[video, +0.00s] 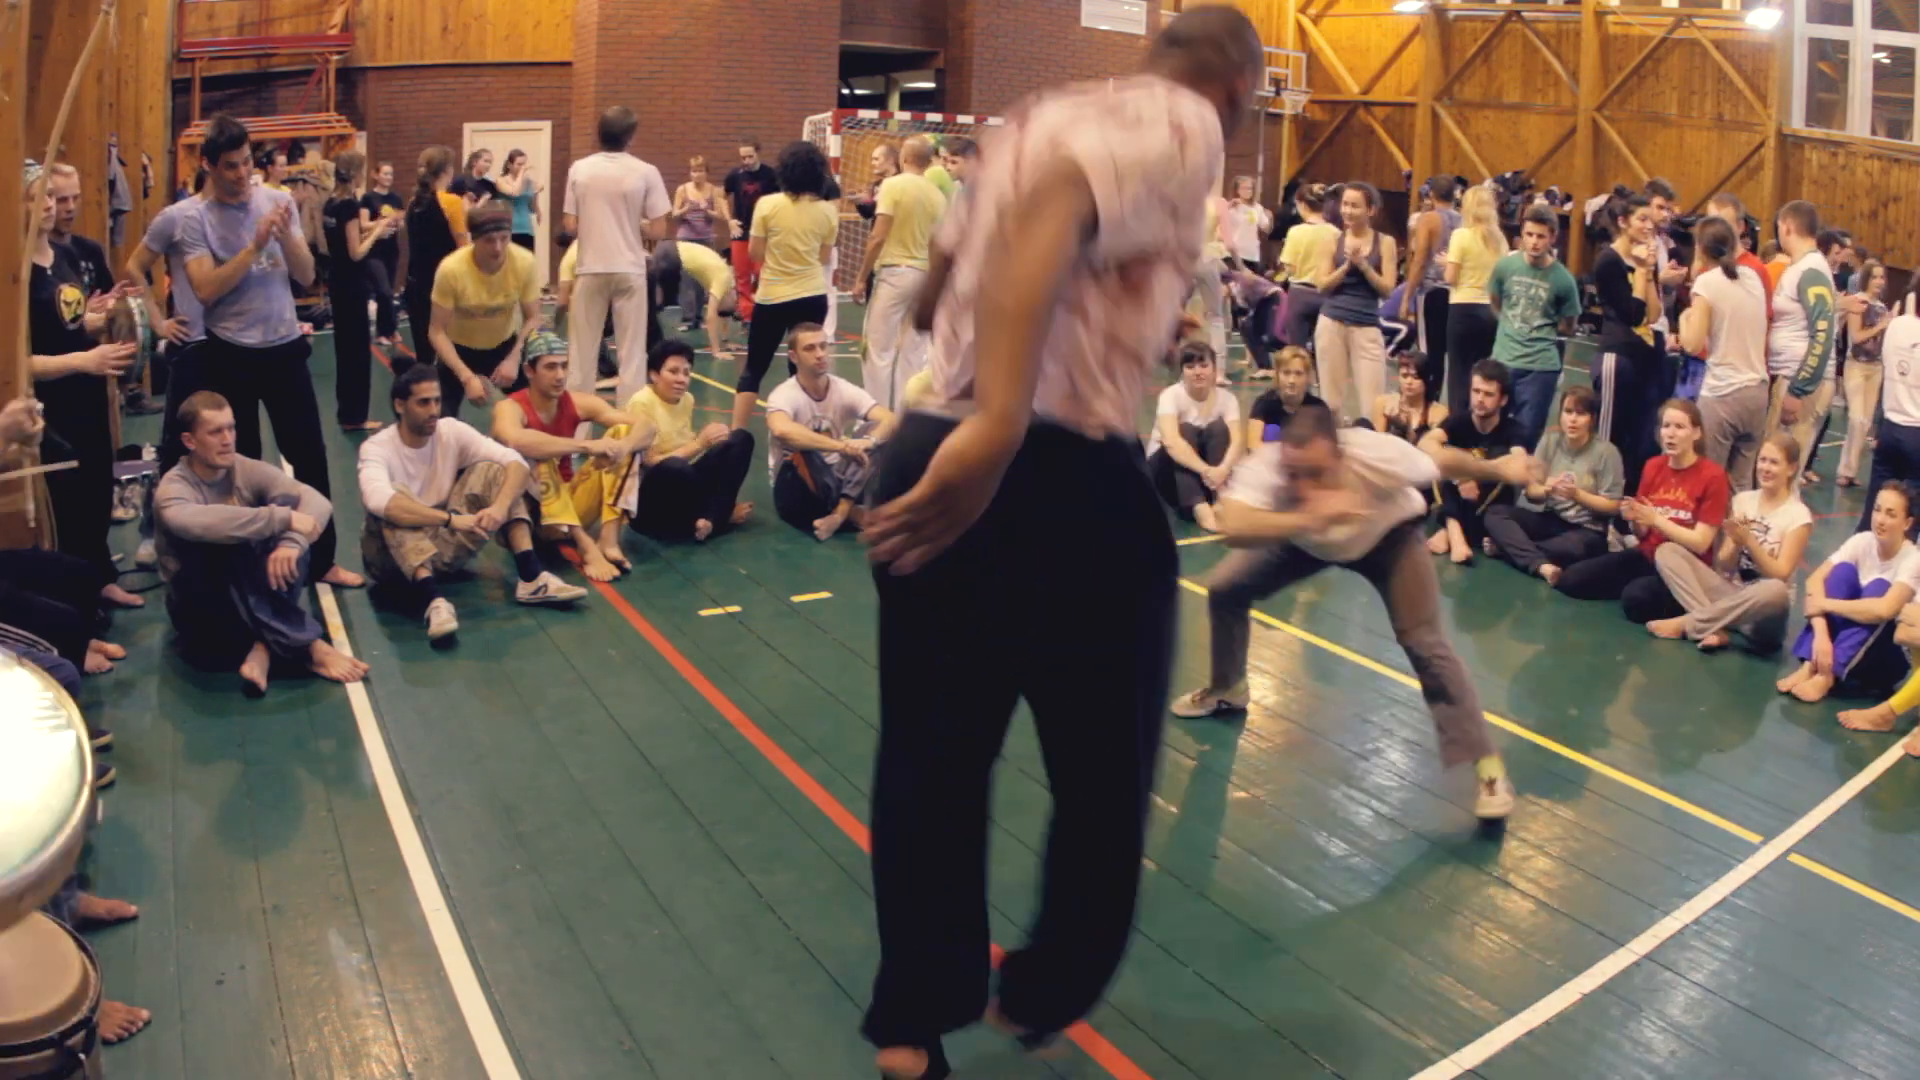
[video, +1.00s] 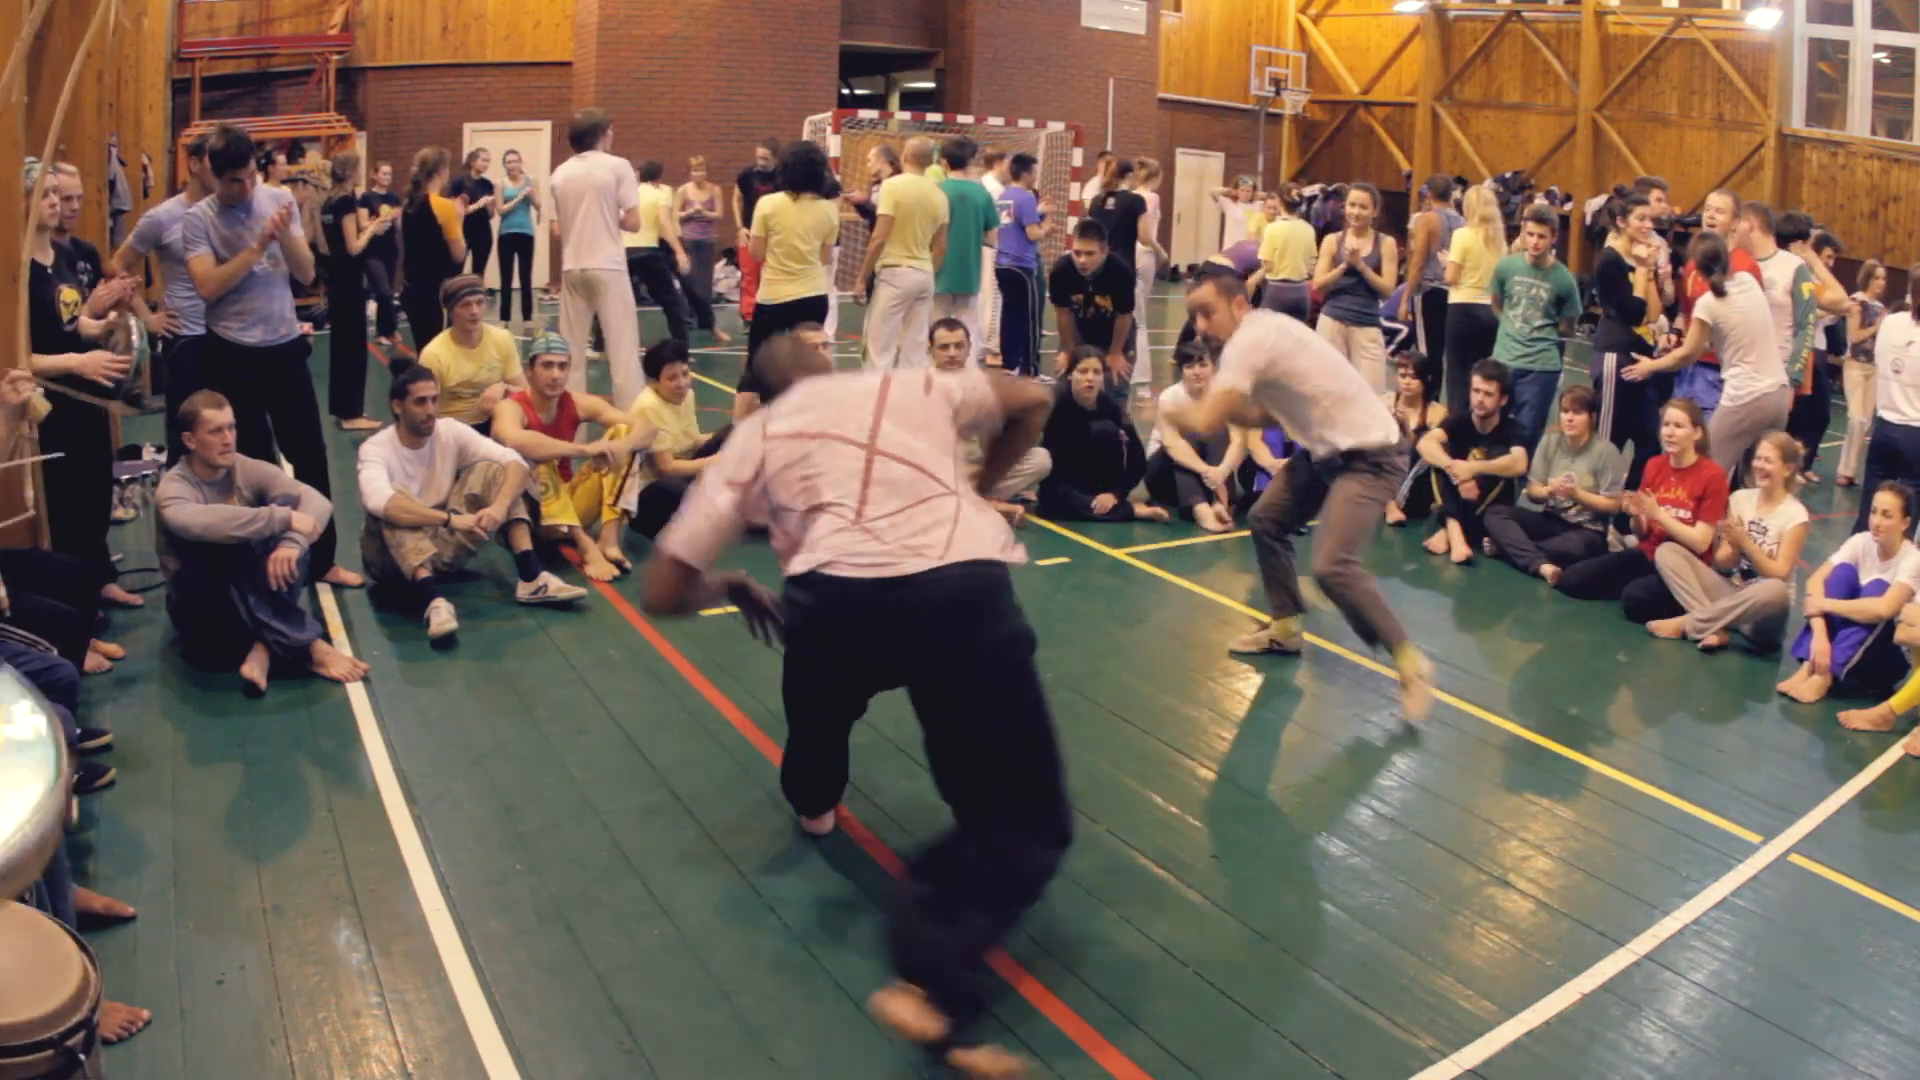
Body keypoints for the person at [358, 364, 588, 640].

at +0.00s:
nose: (434, 410)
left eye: (437, 401)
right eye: (424, 403)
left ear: (442, 401)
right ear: (399, 405)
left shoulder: (451, 431)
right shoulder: (376, 449)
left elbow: (516, 464)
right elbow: (379, 502)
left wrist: (500, 509)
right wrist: (450, 519)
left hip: (449, 547)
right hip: (398, 554)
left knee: (491, 470)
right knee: (396, 498)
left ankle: (532, 577)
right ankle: (434, 602)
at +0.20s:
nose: (433, 411)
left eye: (436, 402)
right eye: (423, 403)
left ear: (440, 401)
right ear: (399, 405)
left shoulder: (451, 431)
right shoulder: (376, 449)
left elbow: (516, 464)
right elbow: (380, 502)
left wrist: (500, 508)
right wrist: (450, 519)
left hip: (449, 548)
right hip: (398, 555)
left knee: (490, 470)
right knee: (395, 497)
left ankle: (532, 577)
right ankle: (435, 601)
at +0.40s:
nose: (431, 409)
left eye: (434, 400)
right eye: (420, 402)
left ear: (439, 399)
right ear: (397, 405)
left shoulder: (449, 430)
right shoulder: (375, 449)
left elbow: (515, 463)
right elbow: (379, 502)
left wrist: (500, 508)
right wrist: (449, 519)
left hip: (448, 548)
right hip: (398, 553)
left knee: (491, 470)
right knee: (395, 498)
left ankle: (532, 577)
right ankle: (435, 602)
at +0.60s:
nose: (429, 410)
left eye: (433, 400)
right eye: (419, 402)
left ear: (439, 400)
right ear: (396, 407)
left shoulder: (449, 431)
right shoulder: (374, 450)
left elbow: (515, 463)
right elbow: (378, 502)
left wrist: (499, 508)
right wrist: (449, 519)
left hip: (448, 548)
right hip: (397, 554)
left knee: (490, 470)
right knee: (395, 498)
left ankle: (532, 577)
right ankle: (434, 602)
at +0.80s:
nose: (429, 410)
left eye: (434, 400)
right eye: (419, 402)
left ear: (439, 400)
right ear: (396, 407)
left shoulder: (449, 431)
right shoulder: (375, 450)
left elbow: (516, 463)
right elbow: (379, 502)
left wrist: (499, 508)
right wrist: (449, 519)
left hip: (448, 547)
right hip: (398, 554)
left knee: (491, 470)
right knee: (395, 499)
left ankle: (532, 577)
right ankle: (434, 602)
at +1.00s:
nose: (430, 410)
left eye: (434, 400)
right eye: (420, 402)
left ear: (440, 400)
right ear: (397, 407)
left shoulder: (450, 431)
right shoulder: (376, 449)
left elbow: (516, 463)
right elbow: (380, 502)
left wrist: (500, 509)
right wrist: (450, 519)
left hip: (448, 548)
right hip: (397, 554)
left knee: (492, 470)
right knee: (395, 498)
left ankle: (532, 577)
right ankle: (434, 601)